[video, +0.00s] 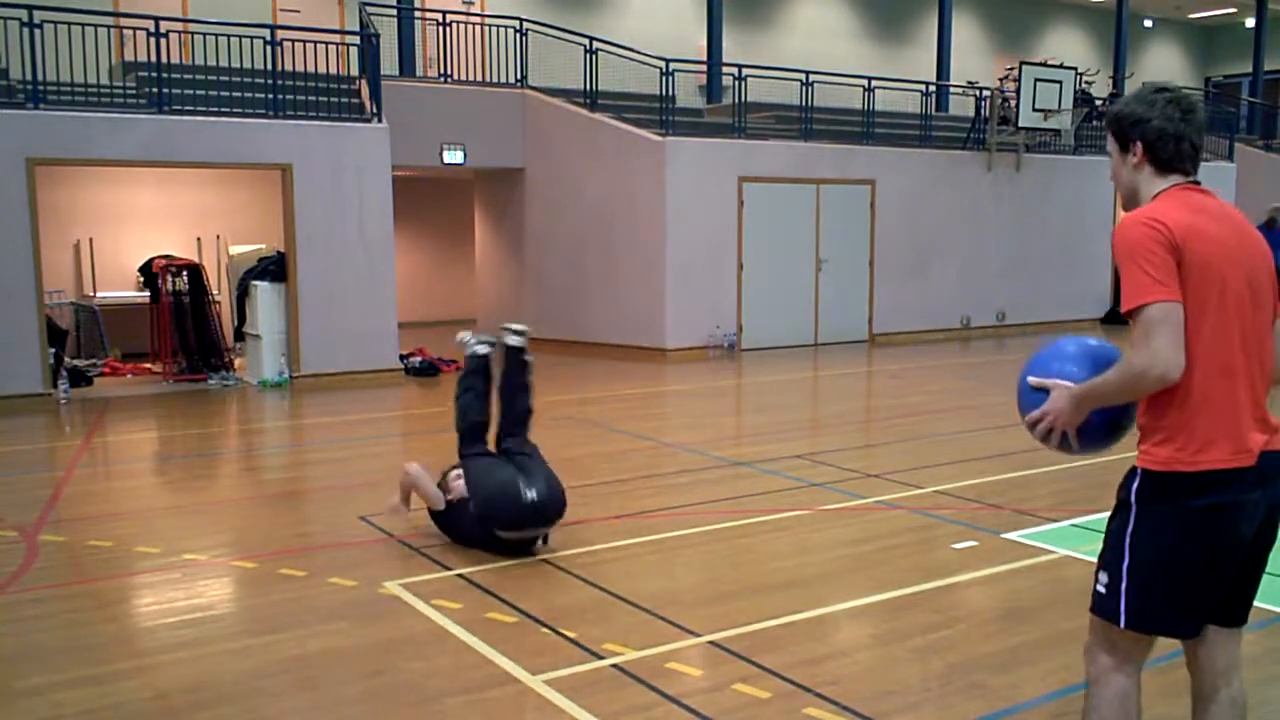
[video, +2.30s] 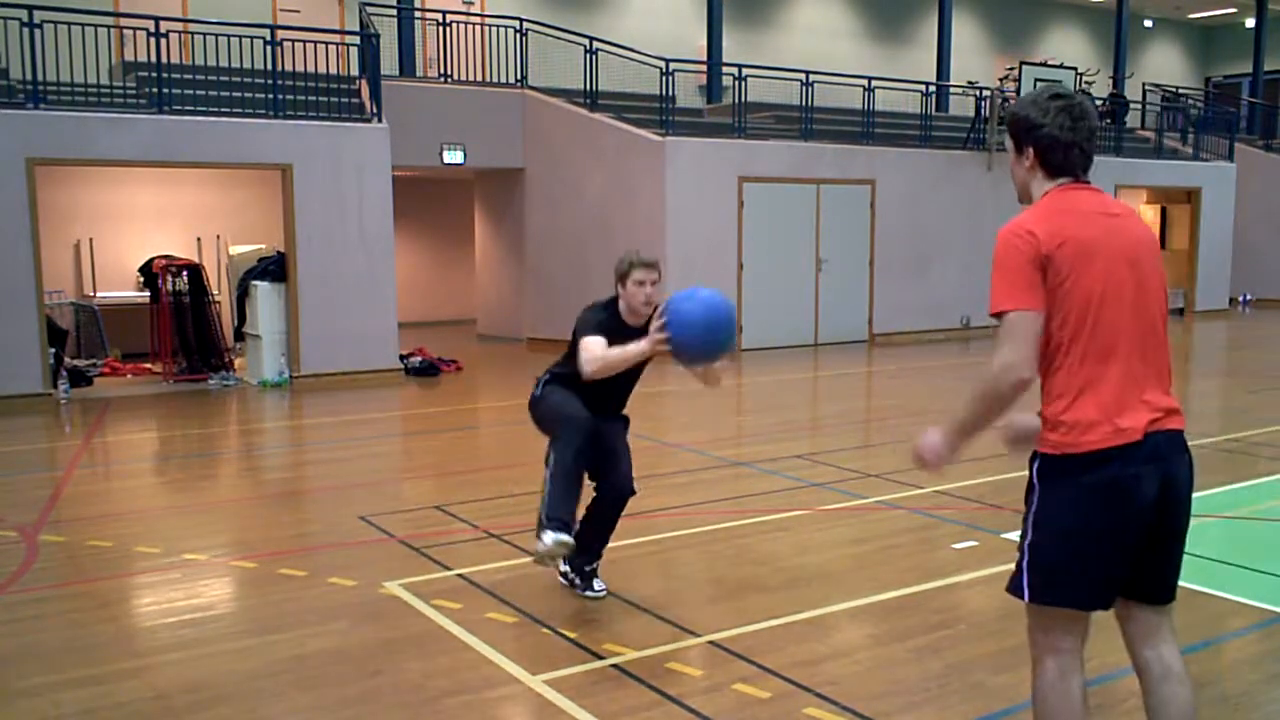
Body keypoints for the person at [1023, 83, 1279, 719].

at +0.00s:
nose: (1111, 172)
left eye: (1111, 155)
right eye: (1110, 157)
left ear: (1134, 152)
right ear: (1187, 152)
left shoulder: (1146, 226)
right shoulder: (1245, 231)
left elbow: (1160, 360)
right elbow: (1265, 369)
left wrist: (1080, 397)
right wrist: (1131, 389)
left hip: (1176, 481)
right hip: (1256, 477)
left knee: (1113, 655)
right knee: (1216, 650)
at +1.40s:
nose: (1064, 195)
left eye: (1064, 180)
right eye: (1062, 180)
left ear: (1087, 176)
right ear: (1140, 171)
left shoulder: (1104, 244)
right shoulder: (1209, 237)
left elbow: (1130, 381)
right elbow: (1241, 360)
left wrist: (1097, 481)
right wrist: (1153, 445)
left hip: (1179, 480)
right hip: (1255, 470)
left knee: (1114, 654)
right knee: (1222, 650)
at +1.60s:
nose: (1024, 219)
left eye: (1022, 204)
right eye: (1021, 205)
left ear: (1040, 201)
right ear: (1091, 193)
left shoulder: (1055, 265)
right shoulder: (1158, 246)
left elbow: (1075, 405)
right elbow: (1185, 376)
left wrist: (1060, 509)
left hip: (1164, 479)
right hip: (1245, 464)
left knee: (1113, 660)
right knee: (1218, 648)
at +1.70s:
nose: (1011, 214)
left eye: (1011, 198)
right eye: (1011, 199)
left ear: (1031, 197)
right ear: (1085, 191)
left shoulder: (1042, 265)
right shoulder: (1150, 246)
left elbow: (1033, 407)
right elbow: (1171, 383)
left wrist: (1006, 494)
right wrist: (1096, 475)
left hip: (1141, 476)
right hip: (1225, 464)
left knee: (1102, 660)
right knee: (1206, 653)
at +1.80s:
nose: (1008, 198)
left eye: (1008, 183)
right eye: (1008, 184)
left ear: (1027, 185)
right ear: (1079, 180)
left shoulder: (1033, 256)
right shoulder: (1138, 240)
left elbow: (999, 391)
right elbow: (1111, 381)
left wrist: (944, 439)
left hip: (1125, 474)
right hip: (1208, 461)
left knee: (1090, 655)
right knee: (1192, 646)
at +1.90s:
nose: (1007, 187)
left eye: (1008, 173)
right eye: (1007, 174)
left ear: (1025, 174)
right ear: (1078, 171)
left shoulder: (1027, 247)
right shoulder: (1135, 234)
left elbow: (980, 373)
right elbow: (1078, 363)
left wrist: (914, 373)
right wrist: (979, 378)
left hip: (1107, 470)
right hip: (1192, 460)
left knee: (1080, 656)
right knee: (1180, 641)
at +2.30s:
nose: (1010, 165)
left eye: (1010, 152)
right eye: (1010, 153)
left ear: (1027, 155)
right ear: (1085, 154)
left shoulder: (1028, 233)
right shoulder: (1136, 225)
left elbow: (1015, 368)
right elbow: (1135, 367)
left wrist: (949, 435)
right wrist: (1045, 421)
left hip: (1080, 469)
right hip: (1163, 462)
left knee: (1057, 648)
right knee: (1151, 627)